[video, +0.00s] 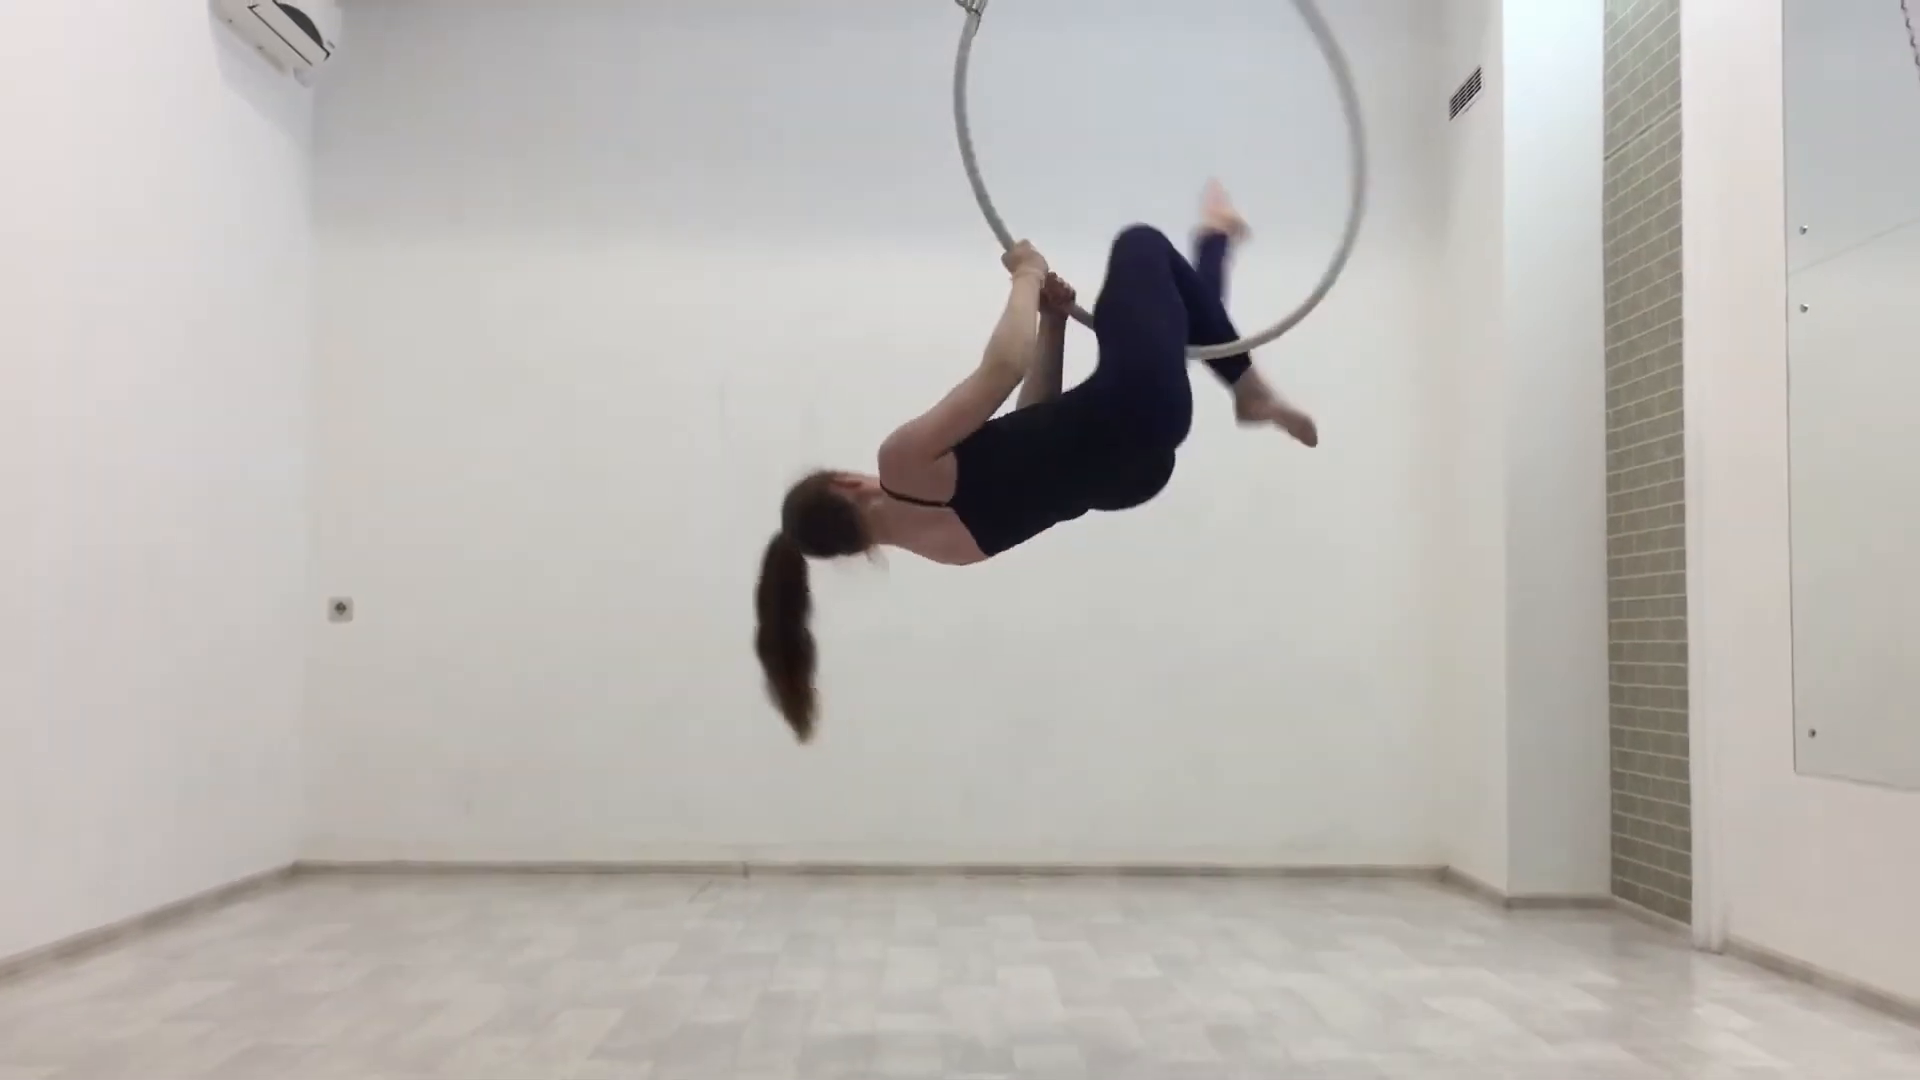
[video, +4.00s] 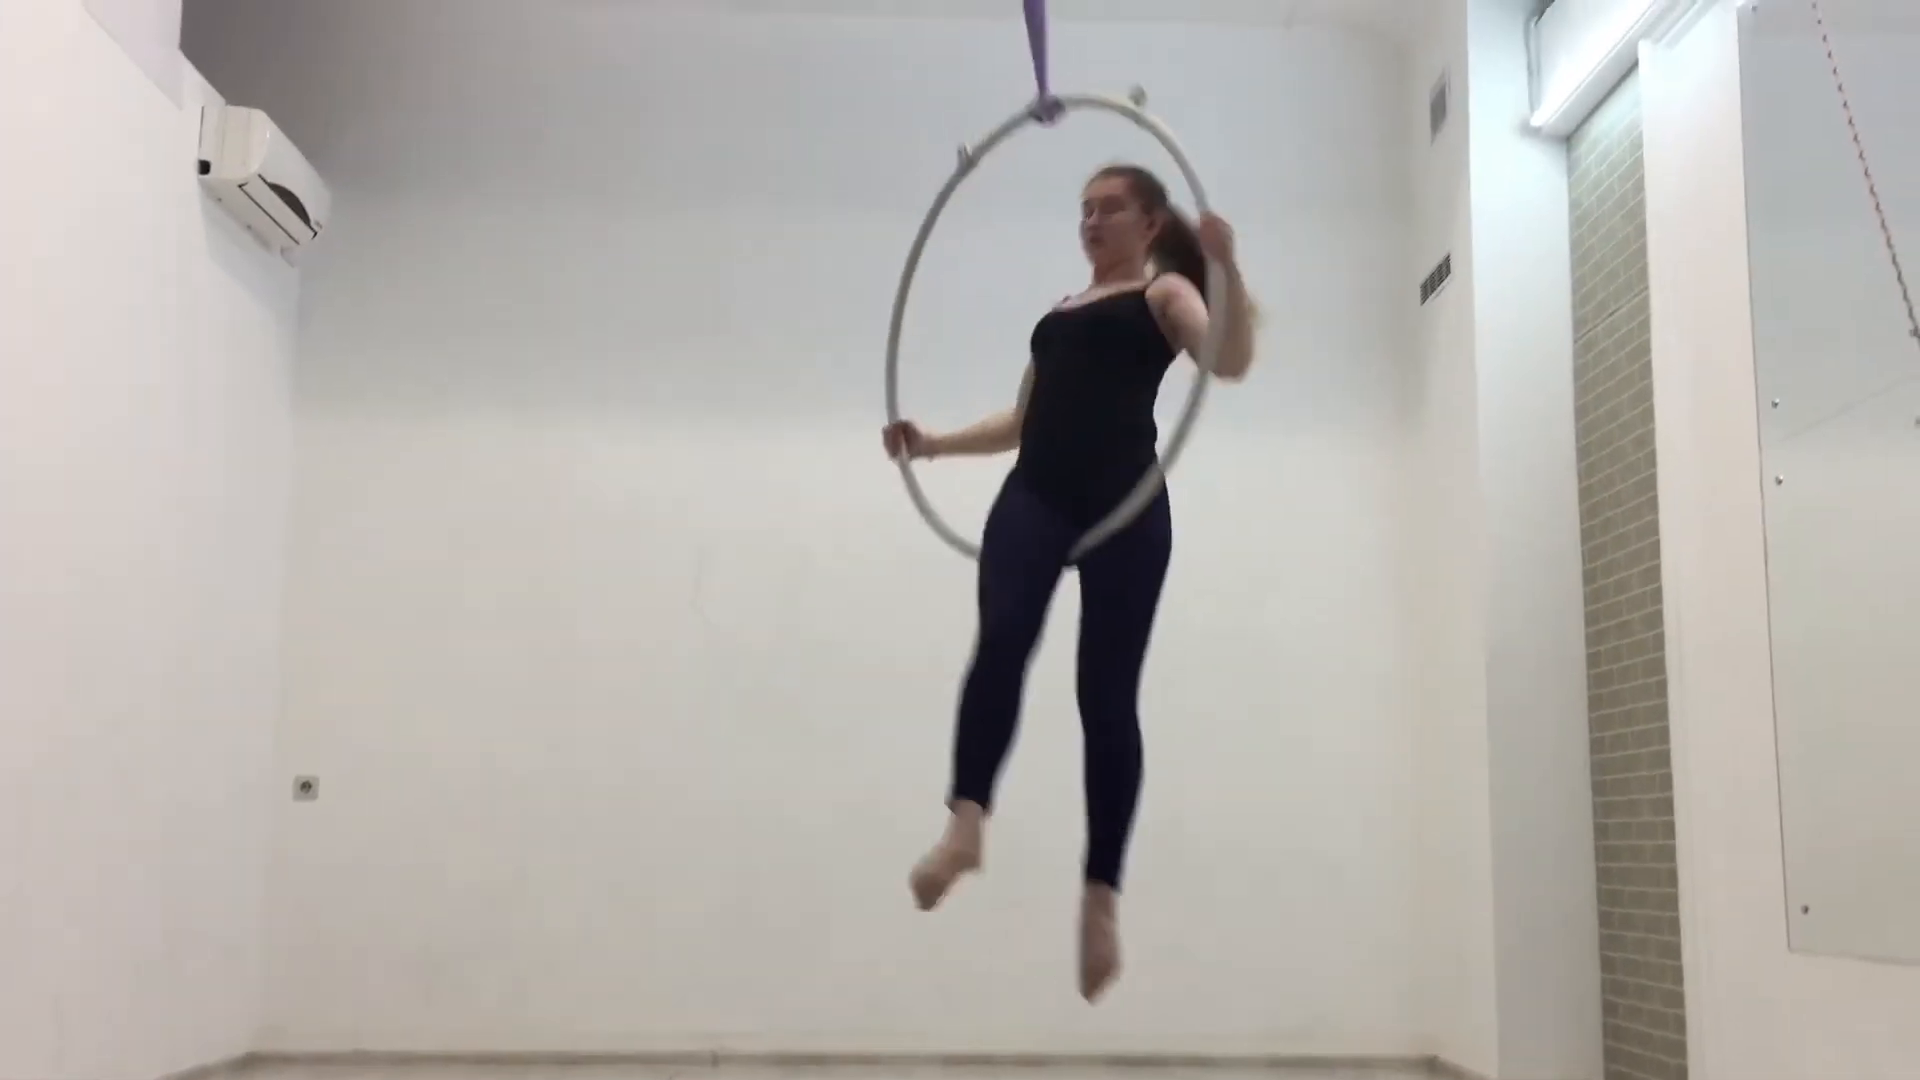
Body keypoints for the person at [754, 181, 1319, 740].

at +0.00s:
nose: (853, 466)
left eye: (840, 469)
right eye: (845, 468)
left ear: (845, 554)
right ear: (846, 482)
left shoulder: (938, 548)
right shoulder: (902, 459)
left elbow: (1034, 424)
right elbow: (1001, 368)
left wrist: (1054, 321)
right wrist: (1023, 278)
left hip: (1132, 481)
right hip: (1140, 415)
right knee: (1140, 243)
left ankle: (1216, 246)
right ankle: (1248, 386)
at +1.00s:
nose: (840, 512)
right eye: (832, 517)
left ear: (840, 595)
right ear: (837, 530)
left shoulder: (886, 579)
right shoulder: (933, 493)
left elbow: (880, 444)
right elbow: (938, 374)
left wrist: (900, 326)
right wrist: (904, 276)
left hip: (1004, 599)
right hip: (1072, 534)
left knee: (997, 684)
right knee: (1020, 351)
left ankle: (1015, 786)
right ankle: (969, 440)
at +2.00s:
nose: (830, 569)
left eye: (805, 575)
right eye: (837, 587)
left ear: (793, 573)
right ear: (857, 621)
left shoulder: (802, 533)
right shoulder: (904, 630)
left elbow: (809, 417)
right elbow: (941, 685)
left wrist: (819, 304)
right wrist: (956, 724)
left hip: (836, 512)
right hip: (907, 509)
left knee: (682, 600)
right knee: (902, 340)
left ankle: (579, 685)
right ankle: (760, 402)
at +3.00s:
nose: (998, 285)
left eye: (1012, 281)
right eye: (1011, 276)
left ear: (1028, 313)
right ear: (1045, 331)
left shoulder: (980, 370)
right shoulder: (1035, 401)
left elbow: (888, 421)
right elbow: (918, 424)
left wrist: (862, 329)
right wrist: (879, 351)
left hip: (900, 579)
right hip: (951, 592)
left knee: (736, 589)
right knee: (898, 395)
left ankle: (591, 614)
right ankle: (774, 501)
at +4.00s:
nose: (1091, 220)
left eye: (1108, 207)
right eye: (1086, 209)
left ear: (1151, 223)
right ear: (1081, 225)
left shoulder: (1164, 292)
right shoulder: (1064, 316)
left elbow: (1228, 360)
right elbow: (1020, 426)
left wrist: (1226, 268)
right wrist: (932, 442)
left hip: (1125, 507)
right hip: (1034, 499)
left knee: (1107, 701)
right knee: (997, 650)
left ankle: (1101, 895)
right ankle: (964, 823)